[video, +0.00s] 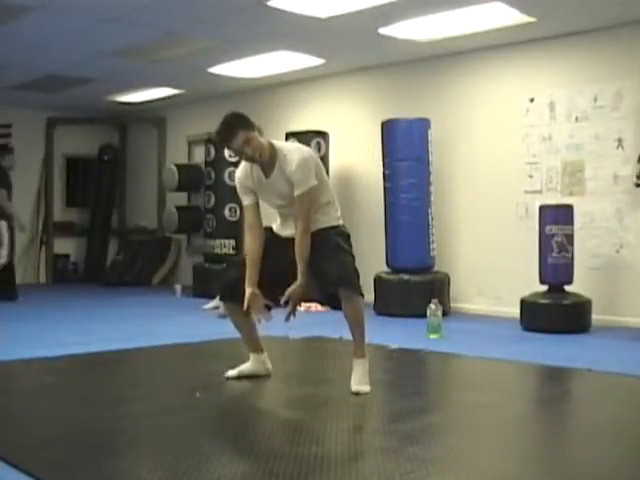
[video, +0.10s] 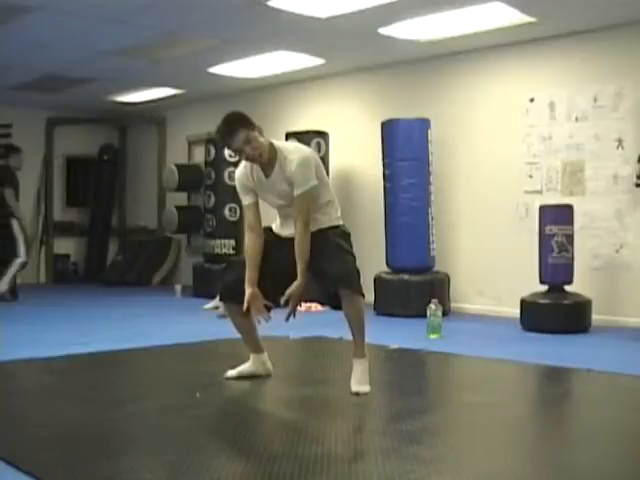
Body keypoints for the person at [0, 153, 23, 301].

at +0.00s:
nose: (14, 161)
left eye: (13, 157)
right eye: (11, 157)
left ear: (7, 158)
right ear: (4, 158)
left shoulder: (6, 175)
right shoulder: (3, 175)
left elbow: (5, 201)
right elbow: (4, 201)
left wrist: (16, 218)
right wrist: (17, 219)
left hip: (7, 221)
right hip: (4, 222)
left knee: (8, 255)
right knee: (5, 255)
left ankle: (8, 288)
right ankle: (6, 289)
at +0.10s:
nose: (20, 161)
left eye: (20, 157)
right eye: (18, 157)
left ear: (11, 159)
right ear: (10, 158)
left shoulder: (8, 172)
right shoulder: (7, 172)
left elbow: (9, 198)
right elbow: (9, 197)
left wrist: (19, 217)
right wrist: (21, 218)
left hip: (10, 216)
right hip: (8, 217)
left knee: (13, 254)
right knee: (21, 255)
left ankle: (9, 288)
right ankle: (4, 287)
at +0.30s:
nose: (36, 162)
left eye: (35, 159)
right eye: (33, 159)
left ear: (23, 160)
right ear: (26, 160)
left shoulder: (18, 176)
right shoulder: (25, 177)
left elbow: (26, 205)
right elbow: (29, 204)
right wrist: (32, 227)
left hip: (16, 223)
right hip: (25, 223)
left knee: (13, 257)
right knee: (37, 257)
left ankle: (9, 290)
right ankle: (52, 289)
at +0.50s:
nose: (53, 162)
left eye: (52, 159)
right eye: (51, 159)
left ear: (39, 160)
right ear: (46, 160)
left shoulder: (33, 177)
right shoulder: (48, 176)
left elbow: (33, 206)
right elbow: (50, 204)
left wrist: (35, 224)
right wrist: (54, 227)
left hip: (36, 224)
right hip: (47, 224)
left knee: (32, 255)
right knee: (55, 256)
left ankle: (18, 285)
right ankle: (56, 289)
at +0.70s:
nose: (69, 163)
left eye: (68, 160)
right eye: (66, 160)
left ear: (53, 161)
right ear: (58, 161)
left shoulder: (46, 176)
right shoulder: (63, 176)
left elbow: (43, 202)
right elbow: (71, 199)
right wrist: (83, 216)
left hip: (50, 217)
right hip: (62, 218)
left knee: (52, 251)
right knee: (64, 253)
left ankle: (53, 285)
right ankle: (58, 289)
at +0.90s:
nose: (84, 167)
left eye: (84, 164)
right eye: (82, 164)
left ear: (69, 166)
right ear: (76, 165)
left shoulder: (63, 182)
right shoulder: (79, 181)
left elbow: (62, 204)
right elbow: (84, 201)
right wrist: (98, 215)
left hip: (65, 219)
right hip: (76, 220)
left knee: (66, 253)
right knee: (73, 254)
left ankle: (58, 287)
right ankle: (60, 289)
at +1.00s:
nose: (90, 167)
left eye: (89, 163)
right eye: (87, 164)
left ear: (75, 165)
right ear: (81, 165)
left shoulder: (70, 180)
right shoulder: (83, 179)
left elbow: (70, 203)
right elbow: (88, 201)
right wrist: (99, 217)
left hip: (73, 219)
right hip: (83, 219)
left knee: (80, 255)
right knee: (82, 256)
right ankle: (63, 287)